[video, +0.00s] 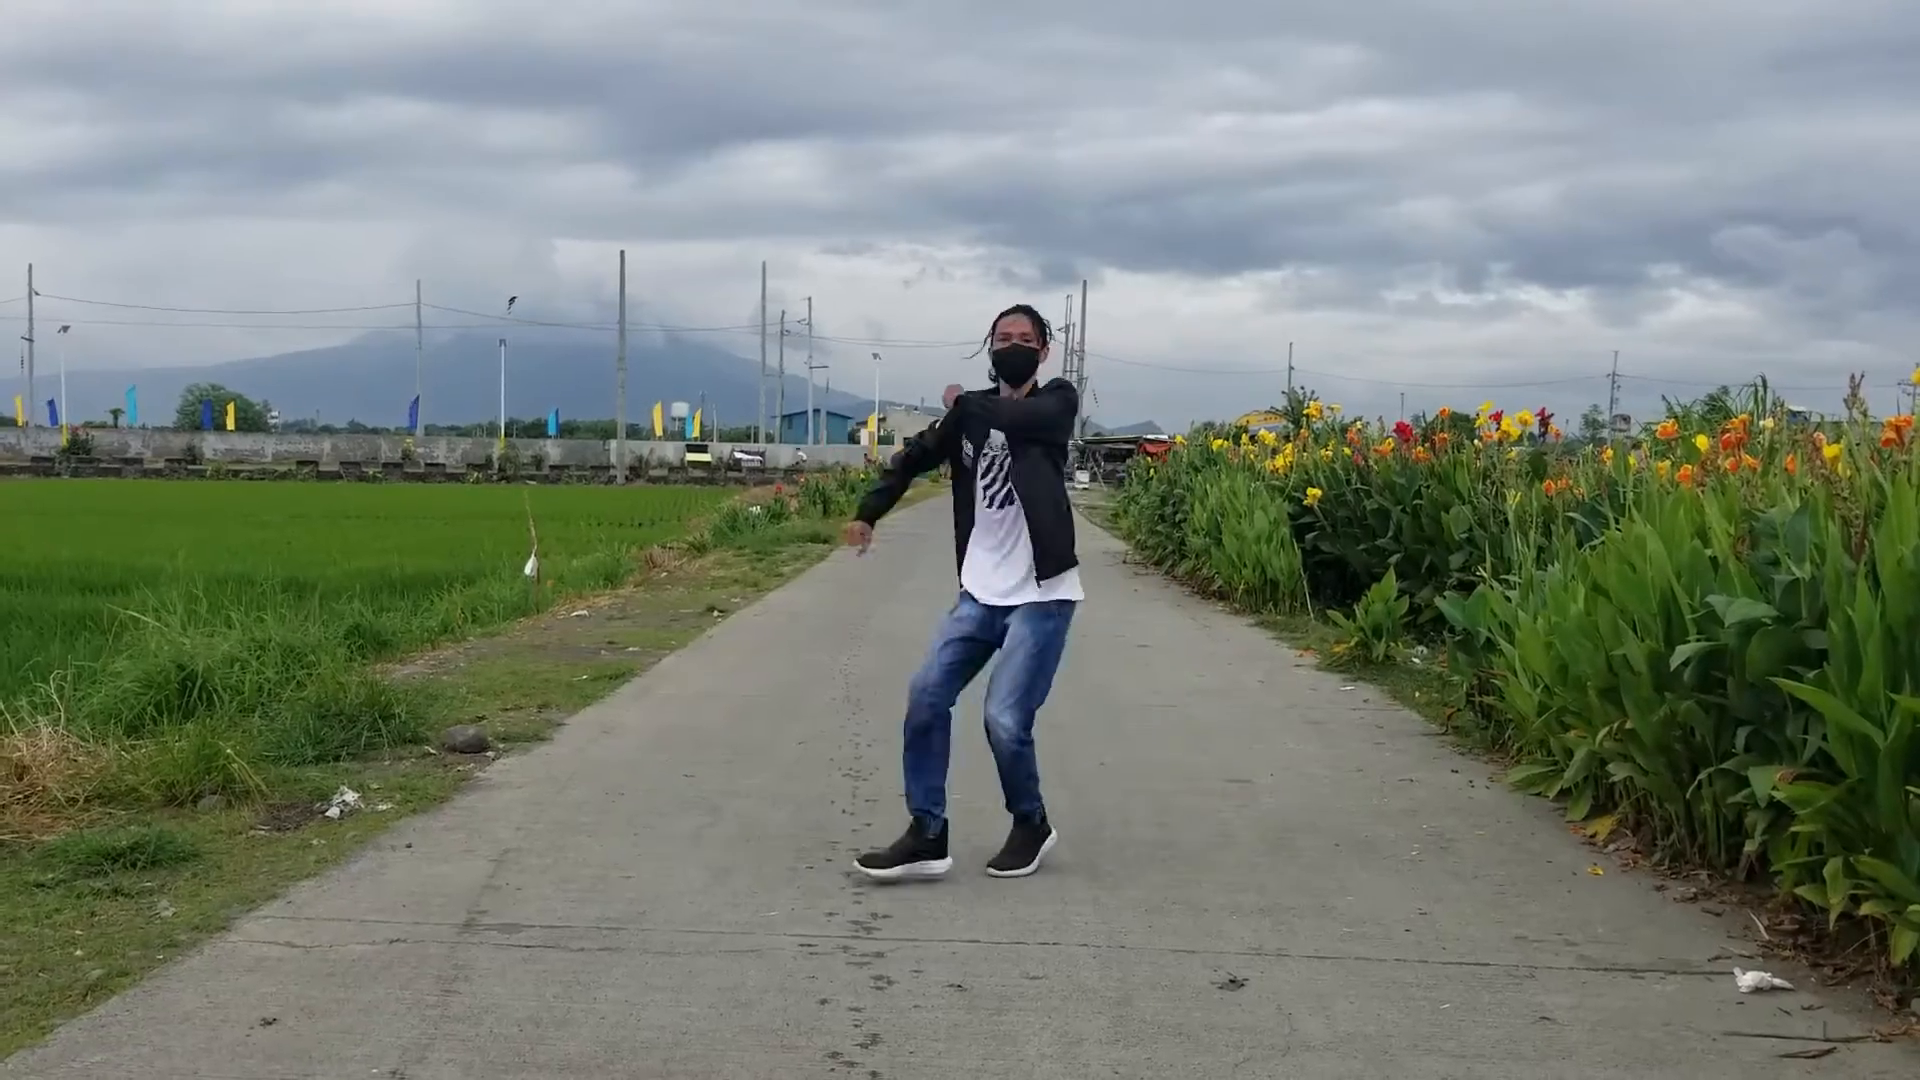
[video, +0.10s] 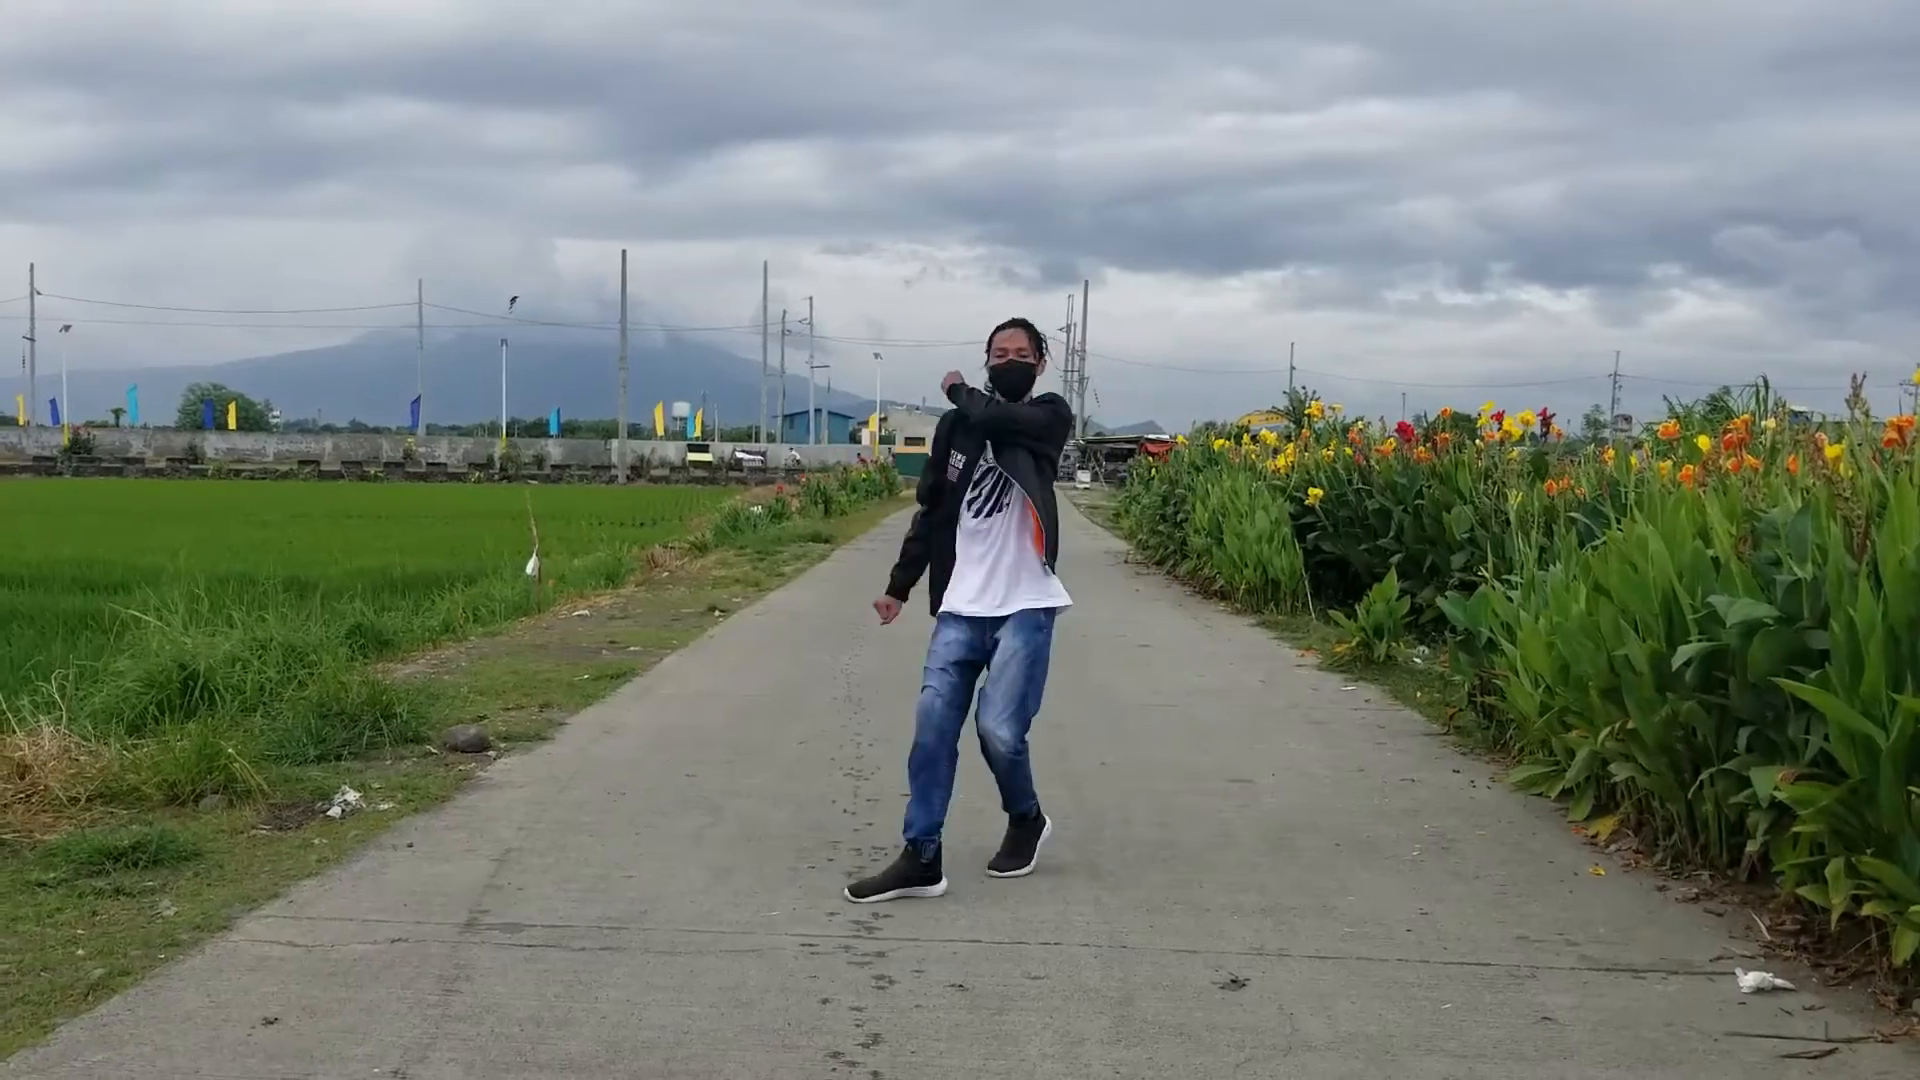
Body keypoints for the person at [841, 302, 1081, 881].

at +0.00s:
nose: (1013, 341)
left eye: (1025, 334)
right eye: (1003, 334)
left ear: (1043, 349)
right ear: (990, 348)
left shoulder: (1058, 397)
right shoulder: (967, 411)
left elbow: (1033, 419)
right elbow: (912, 462)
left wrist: (965, 402)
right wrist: (867, 514)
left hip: (1045, 592)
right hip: (982, 592)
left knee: (1004, 718)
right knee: (926, 693)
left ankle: (1030, 825)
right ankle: (927, 835)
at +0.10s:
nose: (1010, 358)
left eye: (1022, 350)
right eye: (1000, 351)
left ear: (1041, 361)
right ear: (987, 363)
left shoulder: (1051, 411)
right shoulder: (956, 424)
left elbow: (1010, 418)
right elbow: (931, 510)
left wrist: (961, 394)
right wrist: (899, 585)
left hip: (1026, 599)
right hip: (962, 600)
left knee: (997, 729)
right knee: (933, 714)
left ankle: (1025, 820)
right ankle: (922, 856)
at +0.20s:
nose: (984, 354)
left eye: (997, 348)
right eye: (981, 346)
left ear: (1028, 361)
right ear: (979, 356)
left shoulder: (1046, 418)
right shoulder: (965, 426)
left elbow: (990, 453)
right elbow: (956, 518)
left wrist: (957, 418)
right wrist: (920, 577)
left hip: (1011, 599)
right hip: (952, 592)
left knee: (979, 726)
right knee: (907, 699)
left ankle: (1020, 820)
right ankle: (906, 840)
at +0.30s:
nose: (970, 349)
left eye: (980, 342)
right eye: (970, 341)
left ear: (1012, 351)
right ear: (991, 353)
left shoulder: (1032, 414)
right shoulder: (985, 421)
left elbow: (1021, 467)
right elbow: (975, 507)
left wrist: (950, 453)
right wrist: (928, 497)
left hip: (998, 595)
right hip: (948, 585)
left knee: (961, 722)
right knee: (876, 679)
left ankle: (1018, 821)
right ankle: (895, 811)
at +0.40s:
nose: (965, 346)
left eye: (974, 338)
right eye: (967, 338)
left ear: (1002, 351)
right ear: (997, 353)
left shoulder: (1023, 405)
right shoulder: (992, 411)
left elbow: (1059, 462)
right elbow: (997, 473)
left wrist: (986, 516)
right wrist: (966, 432)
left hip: (989, 590)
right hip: (948, 580)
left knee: (946, 720)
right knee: (875, 684)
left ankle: (1013, 817)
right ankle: (895, 799)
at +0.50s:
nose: (960, 356)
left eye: (969, 348)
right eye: (963, 348)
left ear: (997, 360)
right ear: (994, 361)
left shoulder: (1017, 418)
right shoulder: (984, 418)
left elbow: (1055, 496)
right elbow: (995, 501)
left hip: (982, 596)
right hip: (944, 584)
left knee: (926, 721)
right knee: (901, 701)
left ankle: (1003, 816)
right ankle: (905, 807)